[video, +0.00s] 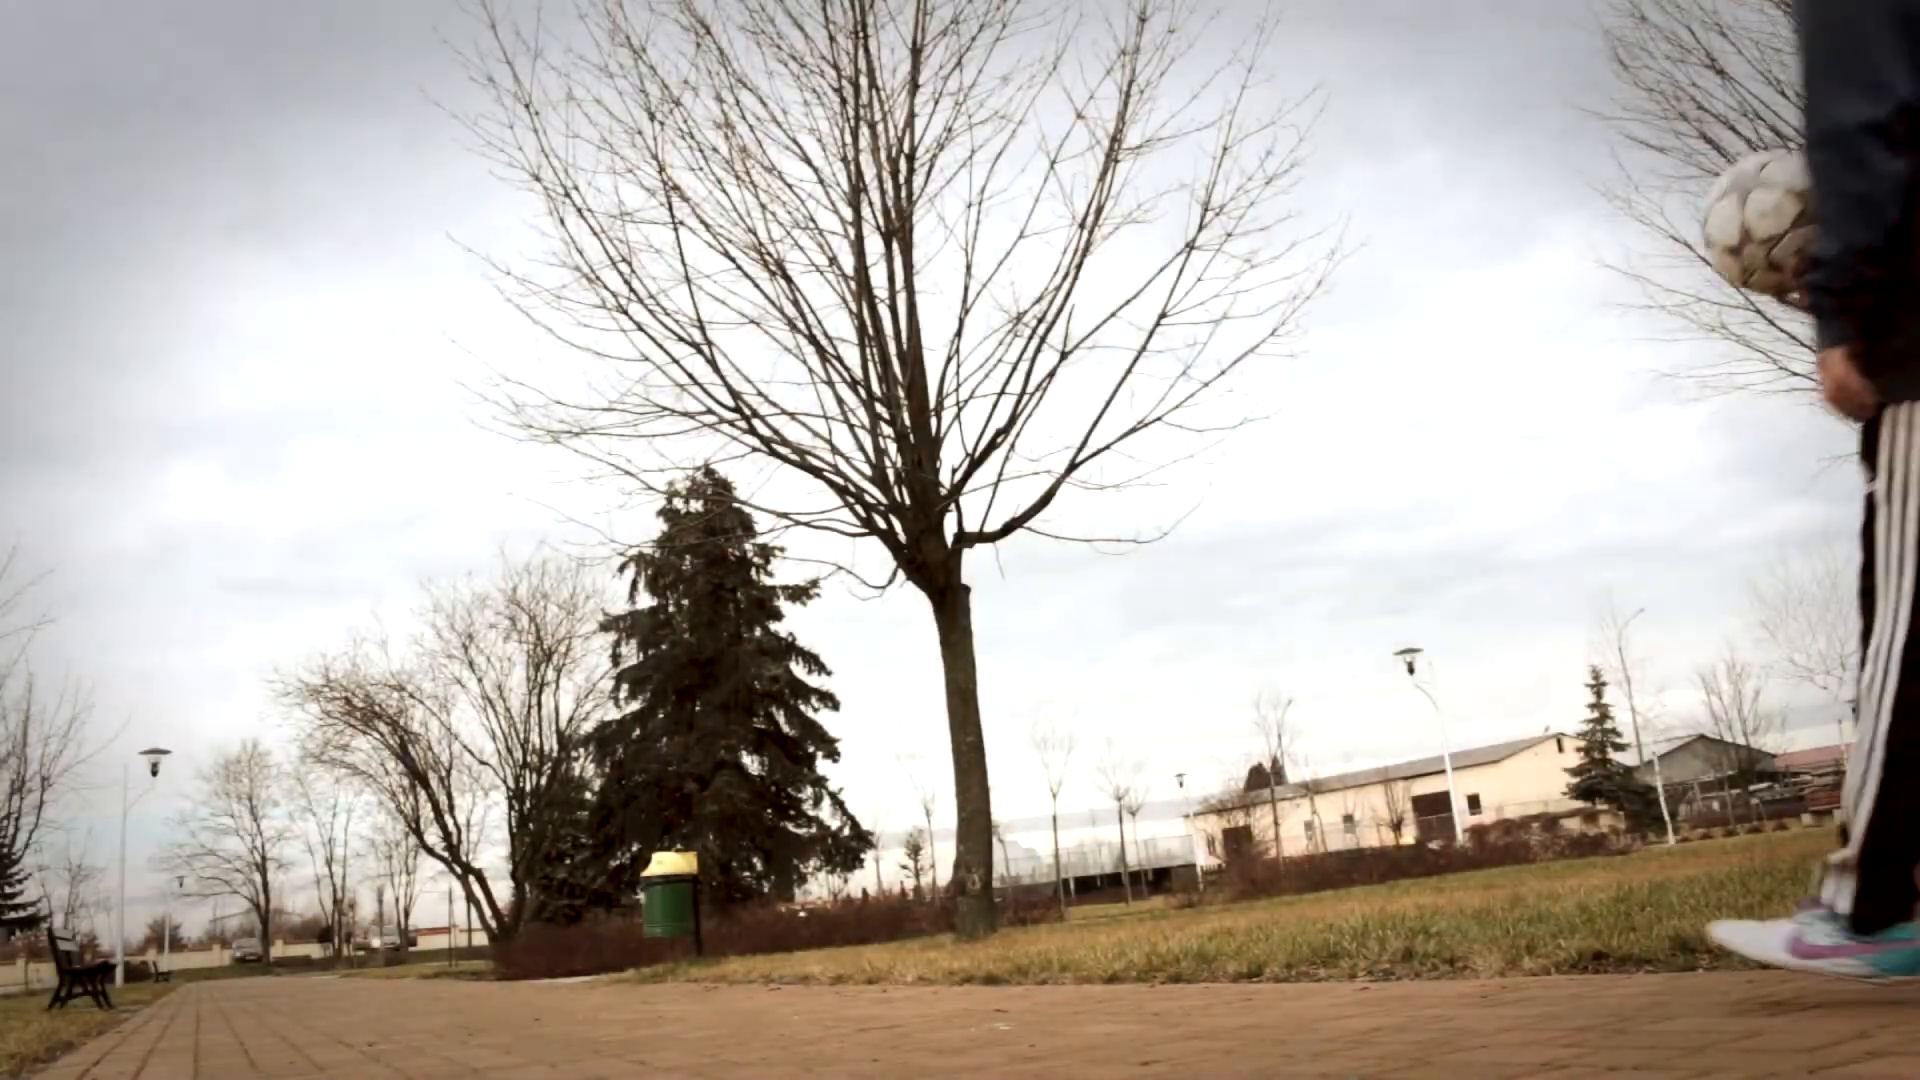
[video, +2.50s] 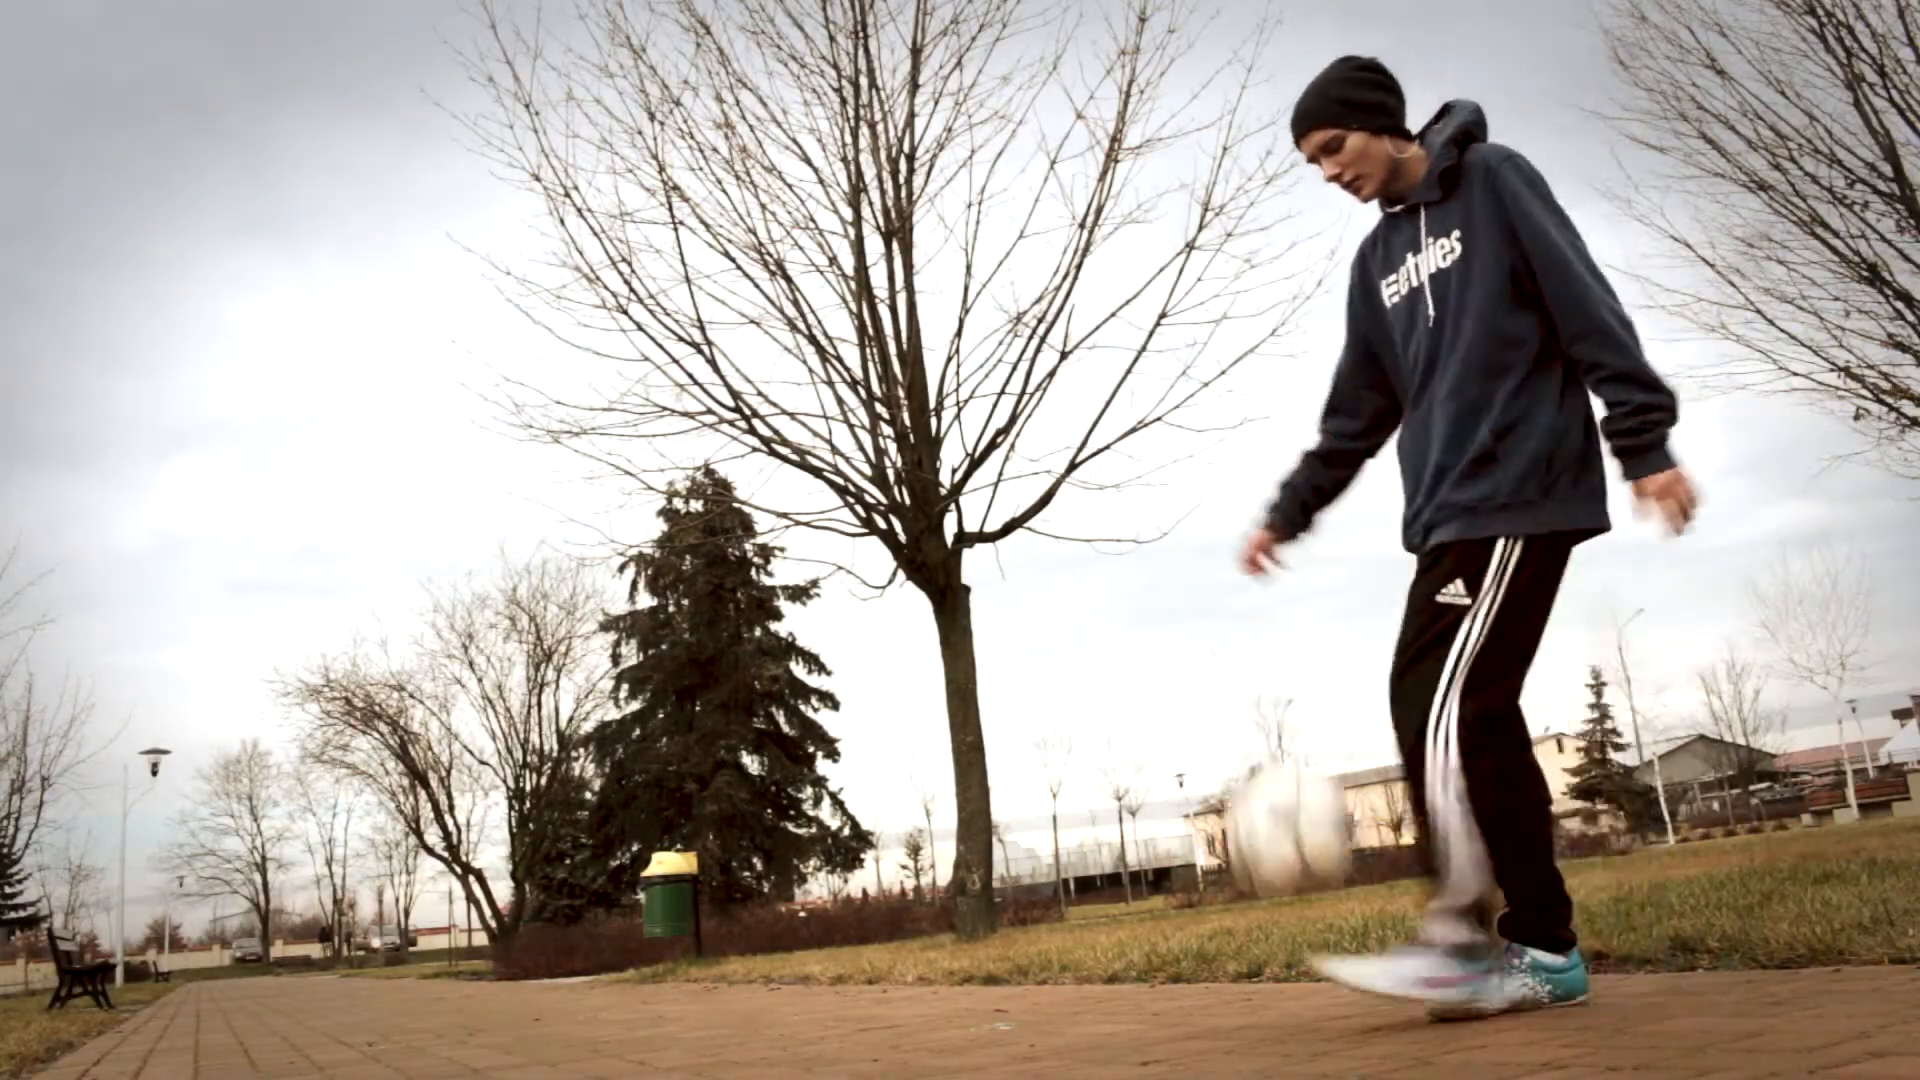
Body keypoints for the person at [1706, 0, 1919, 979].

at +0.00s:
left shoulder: (1853, 14)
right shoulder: (1851, 20)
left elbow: (1860, 128)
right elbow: (1863, 128)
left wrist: (1847, 323)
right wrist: (1848, 304)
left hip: (1915, 334)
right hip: (1910, 332)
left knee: (1904, 616)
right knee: (1902, 612)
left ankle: (1870, 903)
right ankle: (1885, 898)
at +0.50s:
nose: (1591, 15)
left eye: (1593, 4)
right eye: (1592, 7)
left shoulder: (1670, 43)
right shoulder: (1764, 43)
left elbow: (1680, 243)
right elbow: (1774, 239)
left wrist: (1654, 419)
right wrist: (1653, 317)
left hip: (1760, 421)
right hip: (1833, 408)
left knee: (1792, 681)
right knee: (1823, 666)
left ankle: (1867, 934)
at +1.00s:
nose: (1476, 96)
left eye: (1481, 71)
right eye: (1465, 85)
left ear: (1533, 49)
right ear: (1483, 88)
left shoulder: (1612, 116)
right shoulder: (1544, 174)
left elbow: (1665, 273)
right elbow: (1576, 346)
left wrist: (1642, 419)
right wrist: (1519, 431)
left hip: (1657, 475)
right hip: (1587, 495)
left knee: (1750, 699)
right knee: (1605, 724)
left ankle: (1870, 930)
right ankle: (1633, 937)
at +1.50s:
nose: (1396, 142)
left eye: (1403, 118)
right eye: (1381, 133)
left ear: (1449, 96)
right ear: (1383, 142)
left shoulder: (1541, 162)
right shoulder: (1421, 241)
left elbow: (1613, 305)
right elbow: (1413, 386)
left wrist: (1620, 440)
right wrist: (1374, 480)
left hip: (1581, 485)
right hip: (1501, 512)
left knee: (1580, 692)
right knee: (1553, 710)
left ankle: (1654, 929)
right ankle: (1617, 930)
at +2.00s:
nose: (1379, 149)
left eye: (1387, 125)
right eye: (1364, 139)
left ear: (1431, 103)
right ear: (1366, 143)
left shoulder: (1520, 171)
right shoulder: (1412, 231)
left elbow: (1564, 322)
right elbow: (1449, 364)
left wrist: (1553, 469)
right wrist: (1452, 466)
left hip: (1563, 497)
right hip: (1465, 509)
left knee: (1602, 726)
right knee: (1422, 700)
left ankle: (1627, 943)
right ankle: (1409, 904)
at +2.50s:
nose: (1333, 171)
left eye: (1337, 147)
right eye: (1318, 162)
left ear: (1387, 119)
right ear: (1328, 164)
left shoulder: (1490, 178)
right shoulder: (1377, 257)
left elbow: (1584, 301)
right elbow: (1360, 404)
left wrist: (1645, 445)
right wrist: (1286, 512)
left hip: (1525, 491)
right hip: (1449, 510)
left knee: (1429, 695)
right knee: (1479, 716)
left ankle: (1467, 930)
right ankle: (1546, 949)